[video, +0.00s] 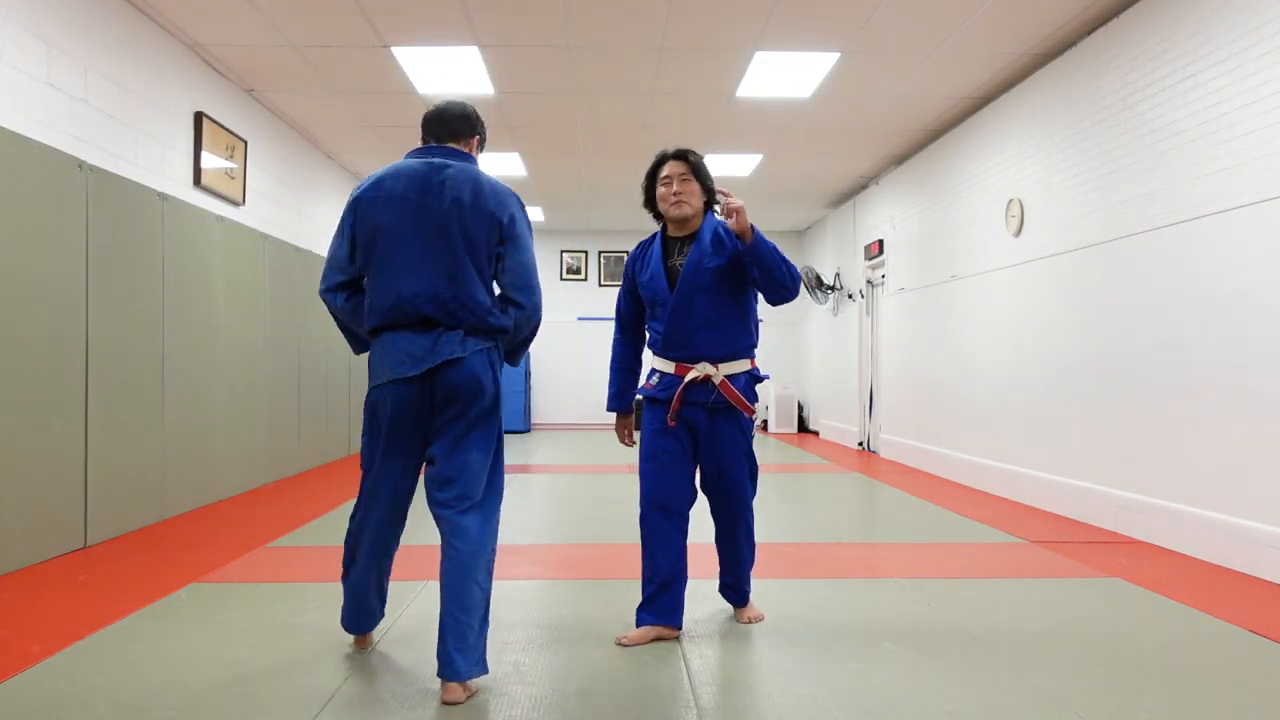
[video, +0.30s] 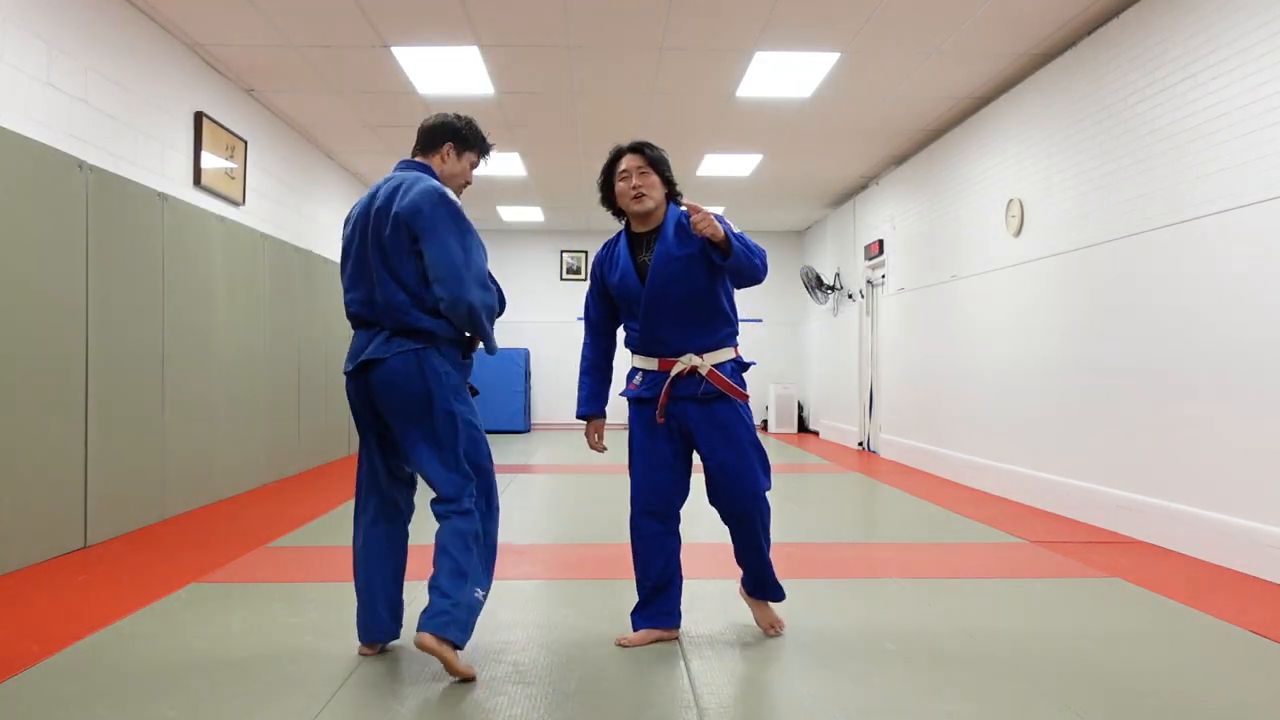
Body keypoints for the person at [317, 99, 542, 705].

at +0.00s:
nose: (482, 155)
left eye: (479, 147)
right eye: (483, 147)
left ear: (421, 138)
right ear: (474, 143)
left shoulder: (372, 190)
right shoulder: (497, 198)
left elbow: (336, 284)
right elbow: (527, 299)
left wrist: (374, 337)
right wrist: (500, 351)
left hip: (395, 363)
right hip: (469, 363)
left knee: (381, 497)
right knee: (467, 511)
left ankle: (360, 619)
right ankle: (458, 673)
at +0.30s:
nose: (471, 180)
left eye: (475, 170)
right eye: (471, 167)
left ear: (429, 151)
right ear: (446, 152)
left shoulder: (363, 205)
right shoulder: (430, 197)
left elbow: (358, 288)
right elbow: (466, 289)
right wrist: (481, 325)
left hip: (366, 365)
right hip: (421, 363)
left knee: (383, 497)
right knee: (468, 494)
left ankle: (375, 630)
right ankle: (444, 627)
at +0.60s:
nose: (476, 185)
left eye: (481, 176)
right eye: (474, 172)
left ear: (444, 161)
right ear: (445, 157)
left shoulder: (424, 202)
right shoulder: (411, 196)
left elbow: (459, 279)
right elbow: (415, 278)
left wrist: (465, 328)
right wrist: (459, 321)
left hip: (391, 363)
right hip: (412, 366)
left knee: (393, 489)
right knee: (437, 489)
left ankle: (372, 624)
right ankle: (427, 624)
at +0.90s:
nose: (493, 188)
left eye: (499, 179)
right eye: (491, 176)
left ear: (463, 167)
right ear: (460, 161)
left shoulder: (451, 207)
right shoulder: (426, 198)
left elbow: (459, 279)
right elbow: (415, 270)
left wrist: (480, 324)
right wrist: (464, 316)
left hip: (439, 363)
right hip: (414, 364)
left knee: (463, 472)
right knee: (433, 486)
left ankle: (388, 580)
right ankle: (423, 628)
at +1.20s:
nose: (509, 190)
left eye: (515, 180)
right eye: (505, 177)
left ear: (491, 172)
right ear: (473, 162)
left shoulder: (482, 217)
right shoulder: (432, 204)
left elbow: (495, 288)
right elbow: (415, 278)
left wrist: (510, 329)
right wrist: (469, 320)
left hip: (468, 368)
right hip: (429, 367)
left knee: (481, 485)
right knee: (430, 493)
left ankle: (490, 593)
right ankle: (419, 627)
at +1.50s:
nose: (538, 190)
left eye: (545, 182)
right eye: (533, 177)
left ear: (543, 181)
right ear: (508, 165)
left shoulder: (527, 221)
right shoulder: (466, 203)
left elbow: (544, 288)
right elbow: (434, 275)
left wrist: (541, 332)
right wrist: (482, 326)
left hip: (507, 373)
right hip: (456, 368)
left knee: (503, 487)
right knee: (441, 491)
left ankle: (500, 599)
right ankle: (423, 623)